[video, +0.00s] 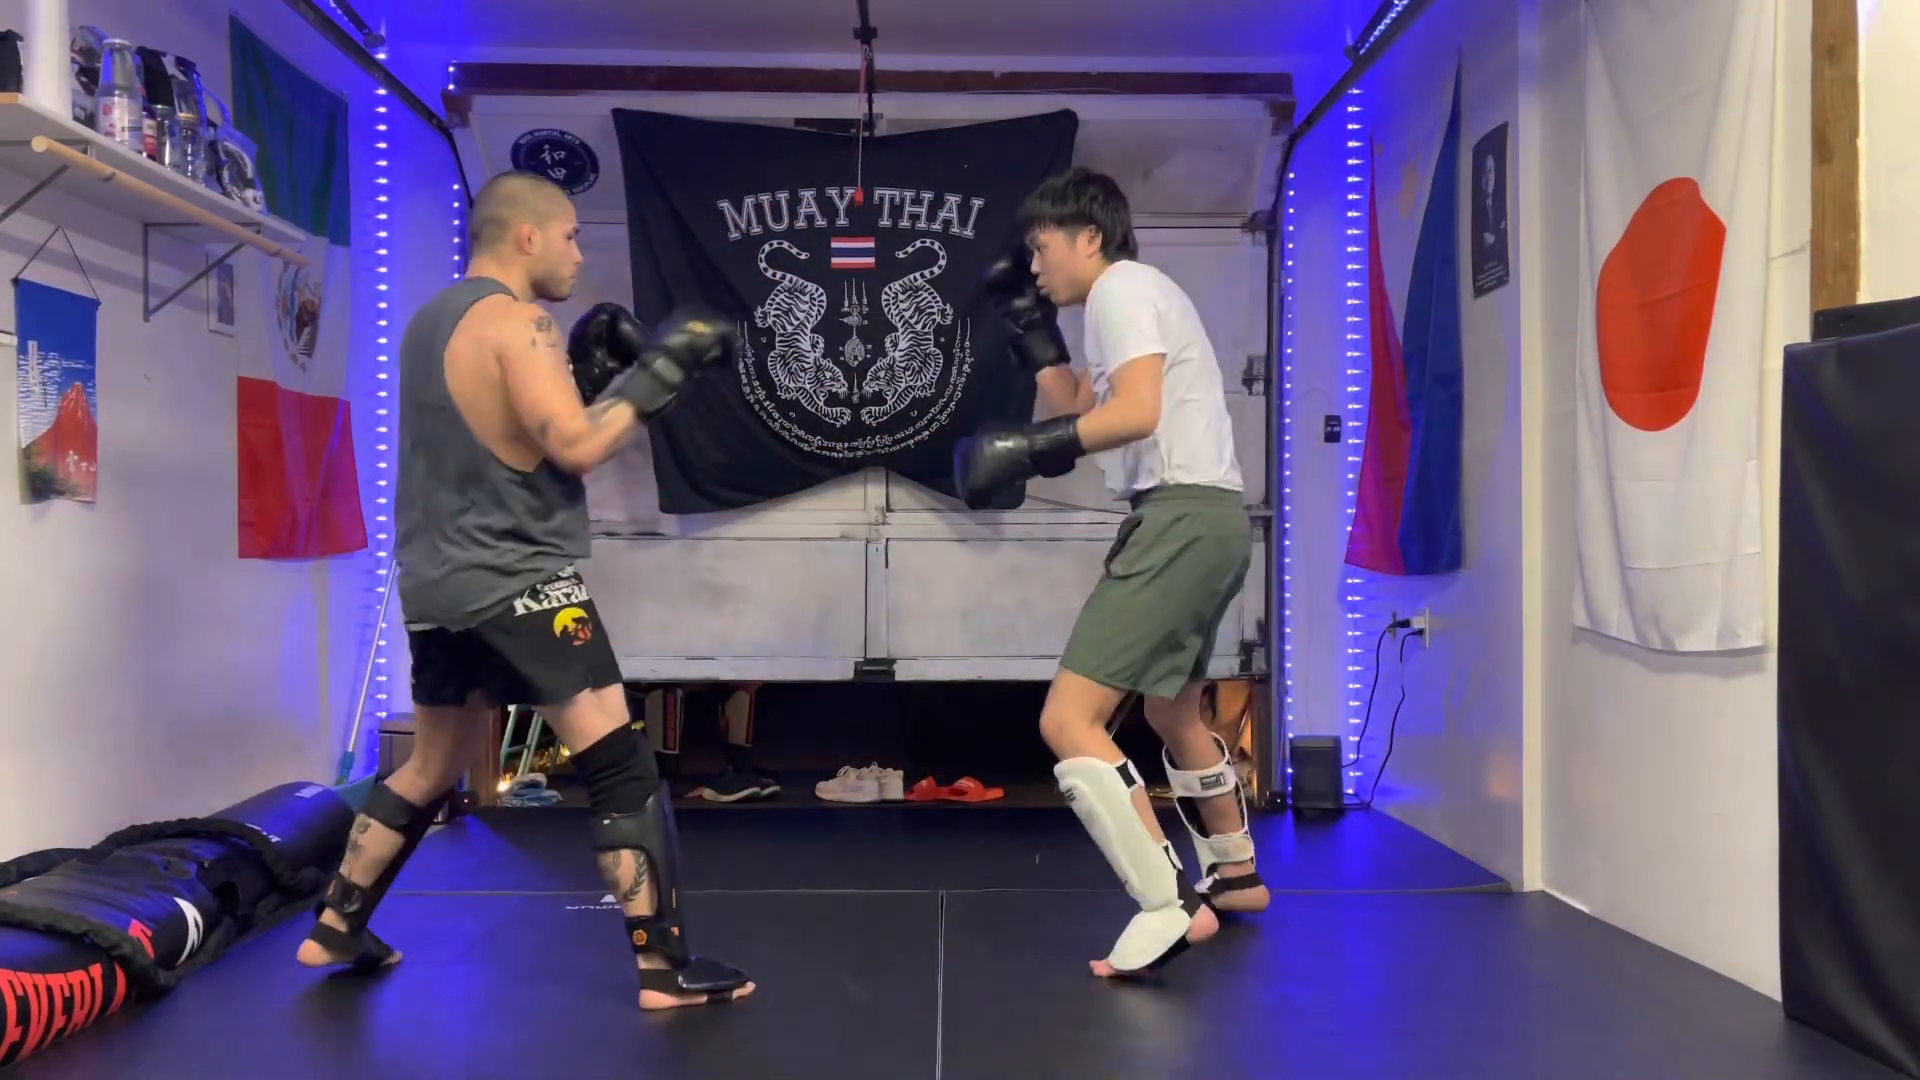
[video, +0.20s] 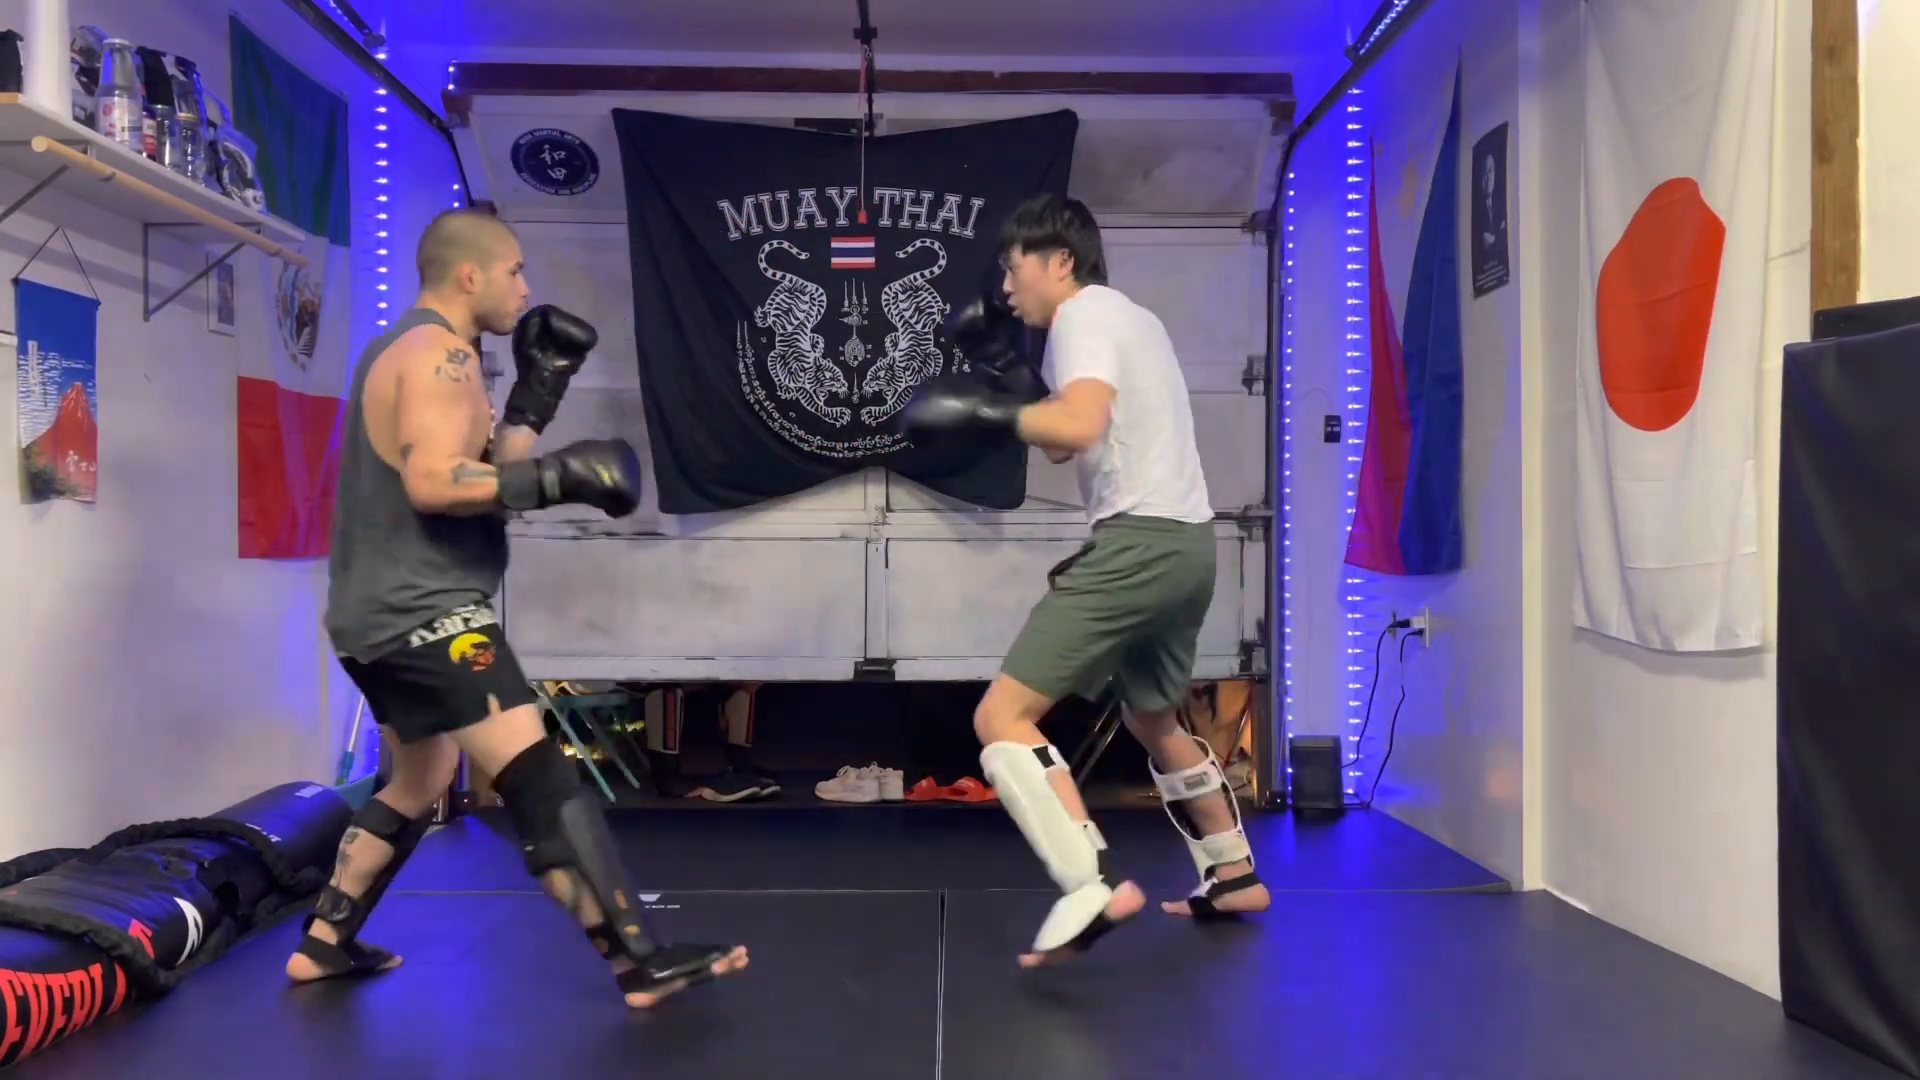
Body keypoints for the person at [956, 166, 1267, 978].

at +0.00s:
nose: (1033, 264)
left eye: (1040, 246)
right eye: (1032, 250)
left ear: (1087, 238)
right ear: (1087, 244)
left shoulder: (1123, 287)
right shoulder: (1127, 303)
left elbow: (1138, 409)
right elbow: (1068, 402)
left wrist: (1033, 447)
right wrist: (1032, 329)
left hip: (1181, 517)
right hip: (1210, 520)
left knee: (1070, 720)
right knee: (1173, 708)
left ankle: (1167, 905)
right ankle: (1236, 872)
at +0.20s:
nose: (1007, 287)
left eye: (1014, 269)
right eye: (1005, 271)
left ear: (1059, 262)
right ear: (1069, 266)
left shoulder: (1086, 315)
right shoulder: (1133, 319)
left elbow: (1078, 425)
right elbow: (1069, 439)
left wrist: (991, 409)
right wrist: (1018, 373)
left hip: (1138, 545)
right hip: (1187, 547)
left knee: (1003, 716)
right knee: (1154, 715)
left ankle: (1090, 882)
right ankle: (1232, 875)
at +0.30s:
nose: (981, 294)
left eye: (988, 276)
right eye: (980, 278)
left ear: (1035, 268)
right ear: (1053, 275)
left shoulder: (1047, 316)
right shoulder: (1114, 326)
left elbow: (947, 383)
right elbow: (1049, 450)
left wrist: (836, 363)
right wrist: (988, 374)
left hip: (1119, 542)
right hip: (1174, 546)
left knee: (1003, 736)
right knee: (1126, 708)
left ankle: (1000, 925)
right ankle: (1207, 863)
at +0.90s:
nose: (751, 263)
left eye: (764, 247)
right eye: (752, 247)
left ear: (820, 252)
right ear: (804, 256)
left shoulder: (891, 324)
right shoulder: (771, 327)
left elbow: (916, 465)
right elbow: (665, 352)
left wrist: (806, 440)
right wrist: (559, 331)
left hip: (942, 539)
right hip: (875, 546)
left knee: (874, 739)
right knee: (804, 724)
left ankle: (951, 955)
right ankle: (895, 844)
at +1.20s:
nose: (669, 237)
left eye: (681, 222)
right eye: (674, 222)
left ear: (725, 232)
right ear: (739, 237)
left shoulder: (726, 303)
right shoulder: (779, 312)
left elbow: (681, 409)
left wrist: (572, 452)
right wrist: (641, 391)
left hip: (770, 551)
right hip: (789, 551)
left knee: (642, 750)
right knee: (664, 736)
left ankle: (776, 903)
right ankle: (659, 891)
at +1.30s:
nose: (650, 255)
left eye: (660, 238)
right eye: (654, 238)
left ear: (704, 241)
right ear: (731, 247)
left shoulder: (675, 310)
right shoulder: (803, 325)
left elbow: (534, 370)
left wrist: (416, 409)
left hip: (766, 565)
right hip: (822, 564)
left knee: (627, 755)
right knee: (692, 694)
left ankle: (628, 953)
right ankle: (694, 863)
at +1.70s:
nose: (735, 243)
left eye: (745, 226)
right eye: (733, 227)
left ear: (796, 226)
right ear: (807, 232)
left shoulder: (807, 288)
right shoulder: (869, 290)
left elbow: (776, 403)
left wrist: (656, 407)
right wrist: (762, 284)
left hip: (878, 521)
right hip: (933, 523)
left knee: (771, 729)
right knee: (875, 700)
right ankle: (955, 860)